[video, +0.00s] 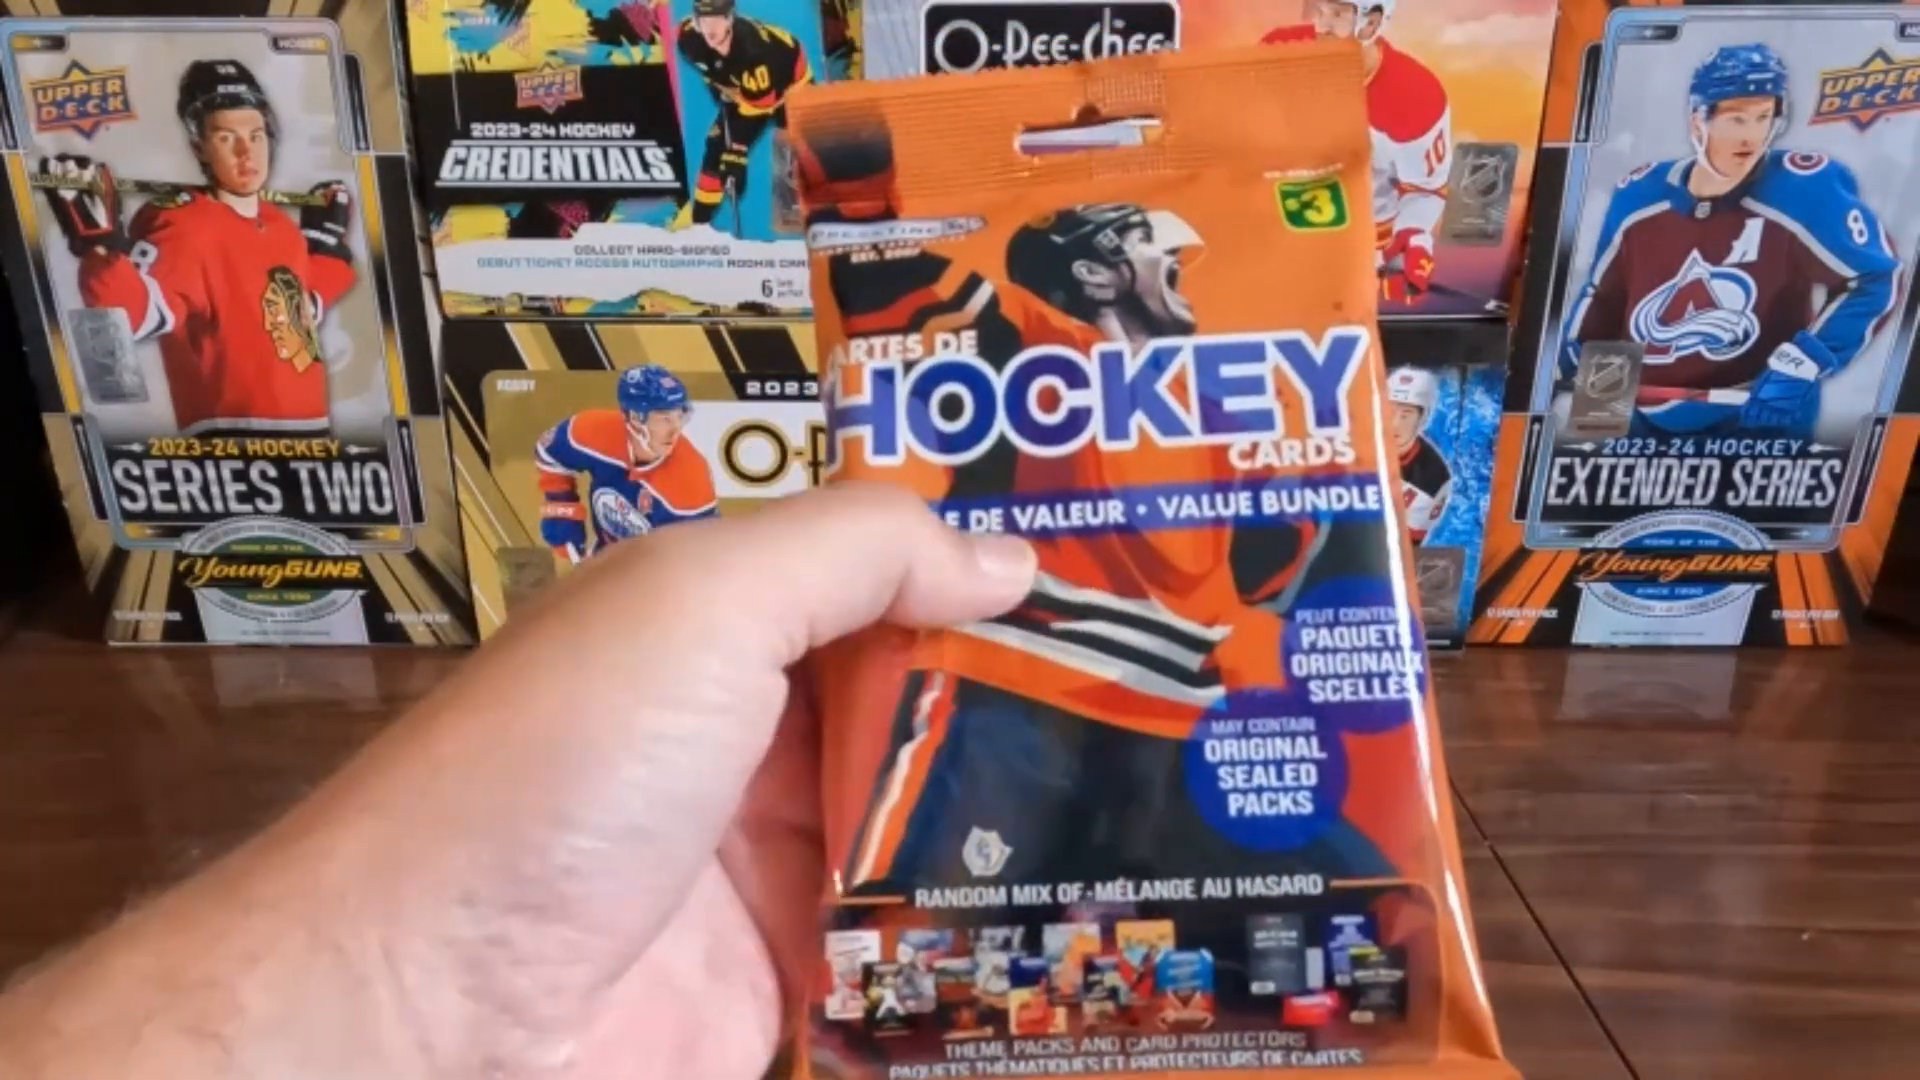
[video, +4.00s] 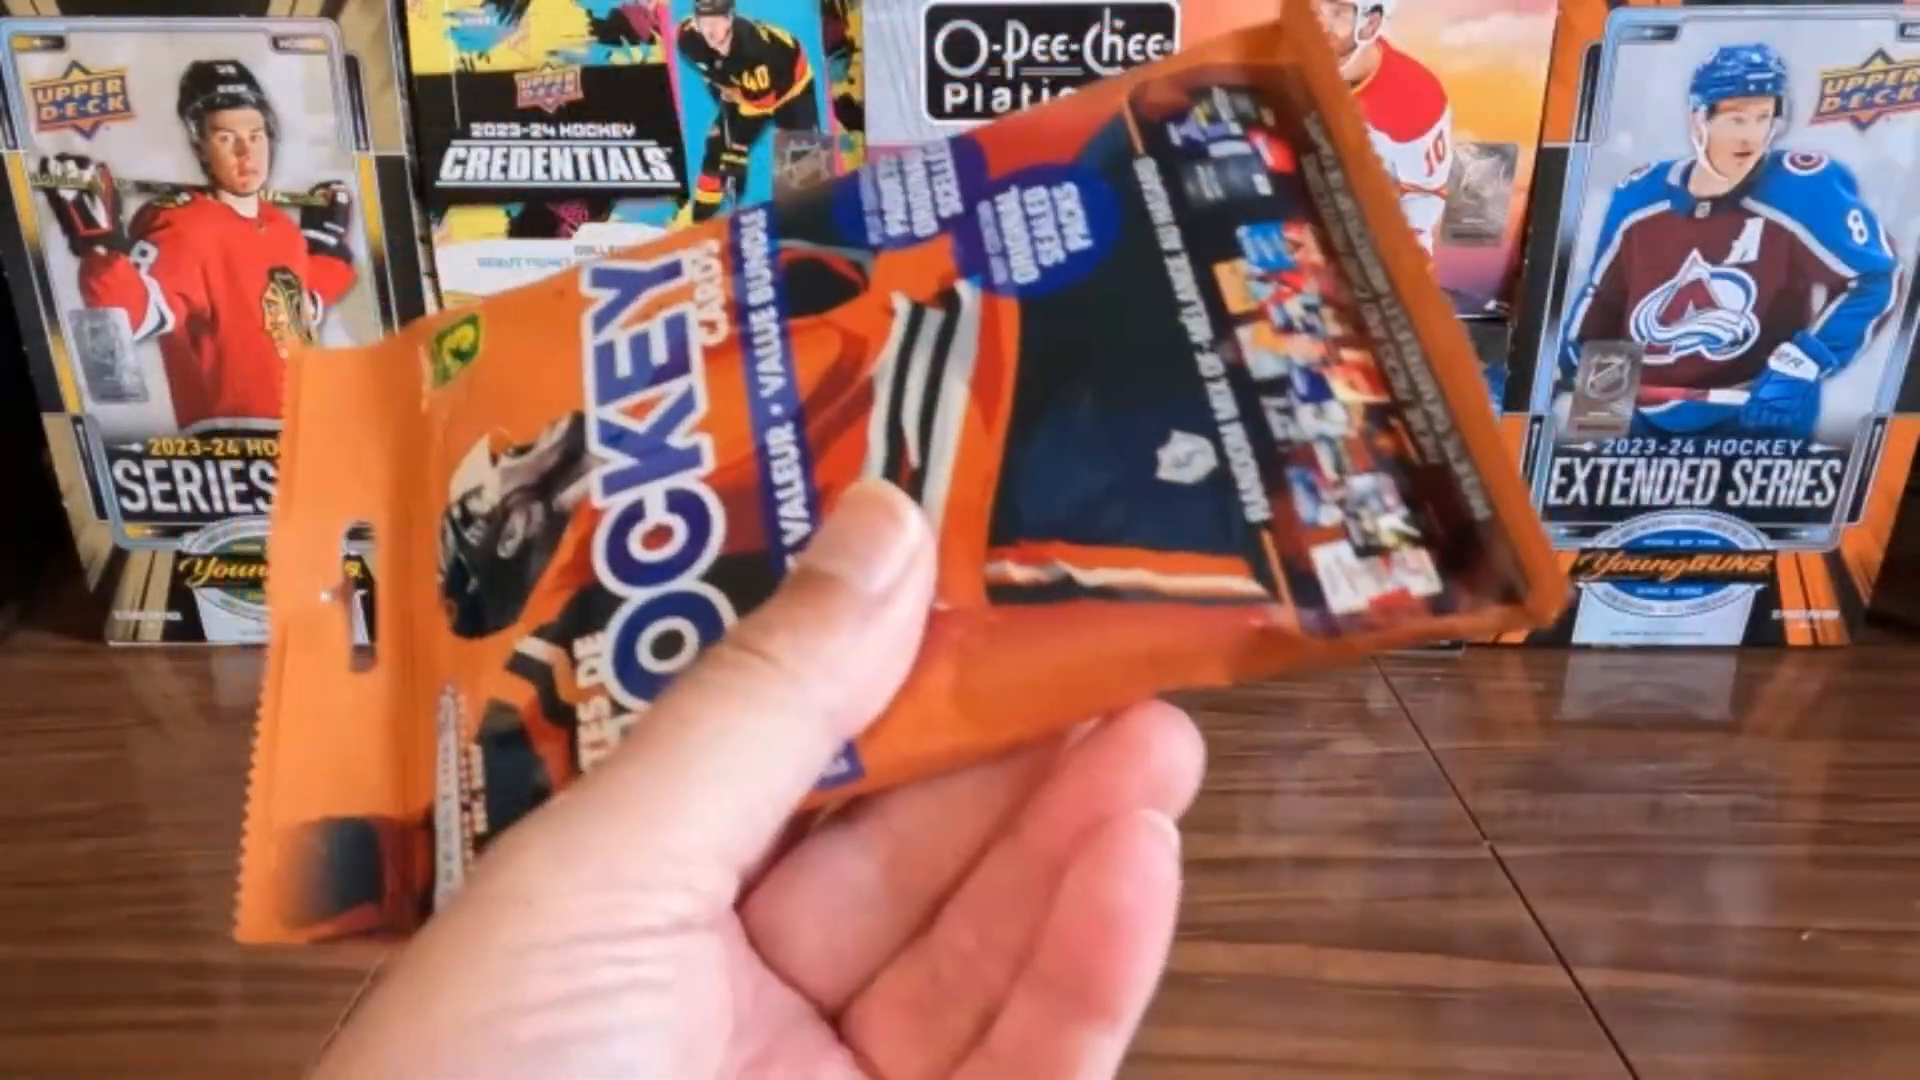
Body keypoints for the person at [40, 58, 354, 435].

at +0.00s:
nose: (247, 152)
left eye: (256, 135)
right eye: (228, 139)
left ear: (270, 139)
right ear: (200, 149)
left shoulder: (282, 227)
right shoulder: (183, 226)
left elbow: (303, 305)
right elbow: (140, 316)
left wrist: (334, 251)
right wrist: (100, 251)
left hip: (307, 432)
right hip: (230, 439)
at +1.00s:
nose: (247, 152)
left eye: (256, 135)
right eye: (228, 139)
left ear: (270, 140)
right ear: (201, 150)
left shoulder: (283, 227)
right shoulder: (183, 226)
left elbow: (303, 305)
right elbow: (142, 315)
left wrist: (334, 250)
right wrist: (100, 250)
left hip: (307, 432)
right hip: (230, 438)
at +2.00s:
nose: (247, 153)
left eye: (256, 135)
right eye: (228, 139)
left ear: (270, 139)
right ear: (200, 149)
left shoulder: (283, 228)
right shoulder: (183, 226)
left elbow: (302, 304)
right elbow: (142, 314)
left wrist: (335, 251)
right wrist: (100, 249)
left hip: (307, 433)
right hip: (229, 440)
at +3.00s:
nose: (247, 153)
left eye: (257, 135)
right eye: (227, 139)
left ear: (270, 139)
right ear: (200, 149)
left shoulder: (283, 229)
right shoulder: (183, 227)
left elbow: (302, 306)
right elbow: (137, 317)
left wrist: (332, 249)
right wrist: (100, 249)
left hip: (307, 435)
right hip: (230, 441)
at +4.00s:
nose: (246, 150)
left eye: (256, 134)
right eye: (227, 138)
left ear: (270, 139)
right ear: (201, 148)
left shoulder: (281, 227)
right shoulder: (183, 226)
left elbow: (302, 310)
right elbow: (138, 316)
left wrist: (333, 251)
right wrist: (99, 246)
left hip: (305, 425)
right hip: (229, 434)